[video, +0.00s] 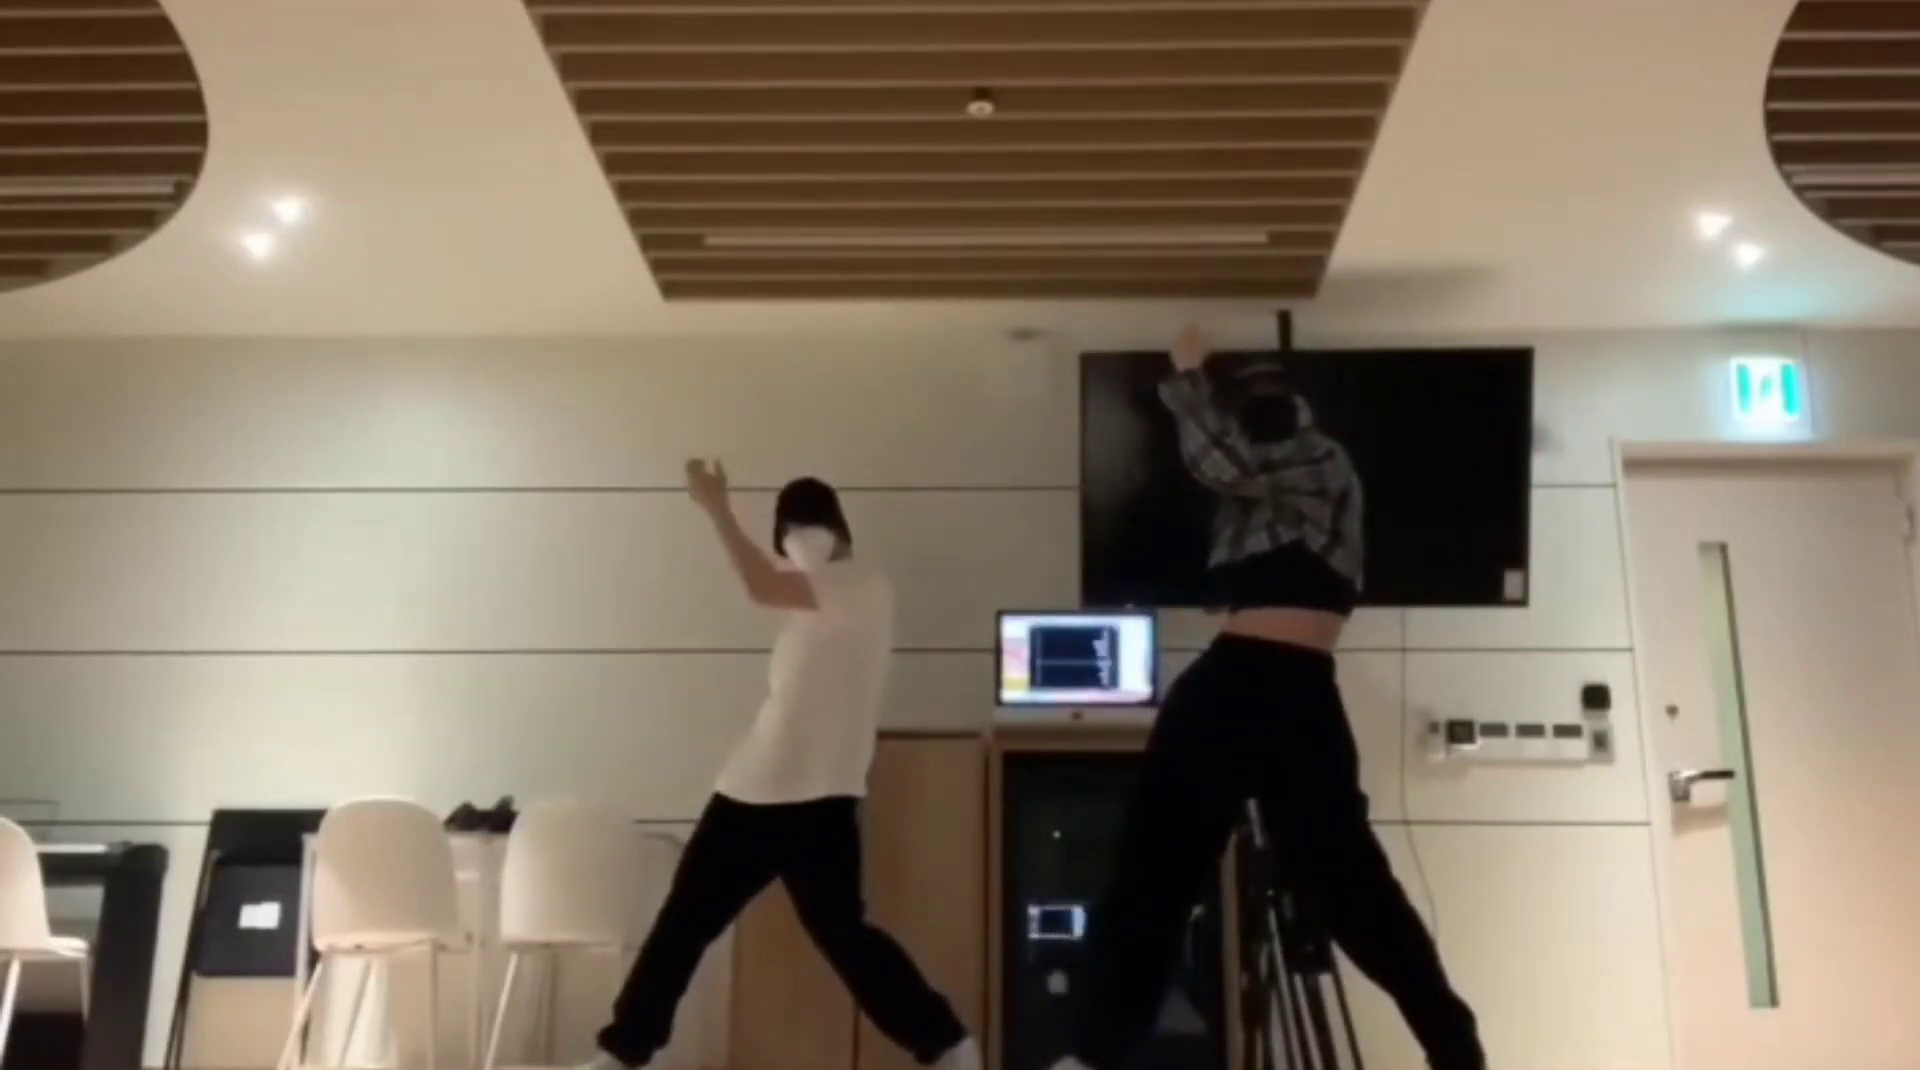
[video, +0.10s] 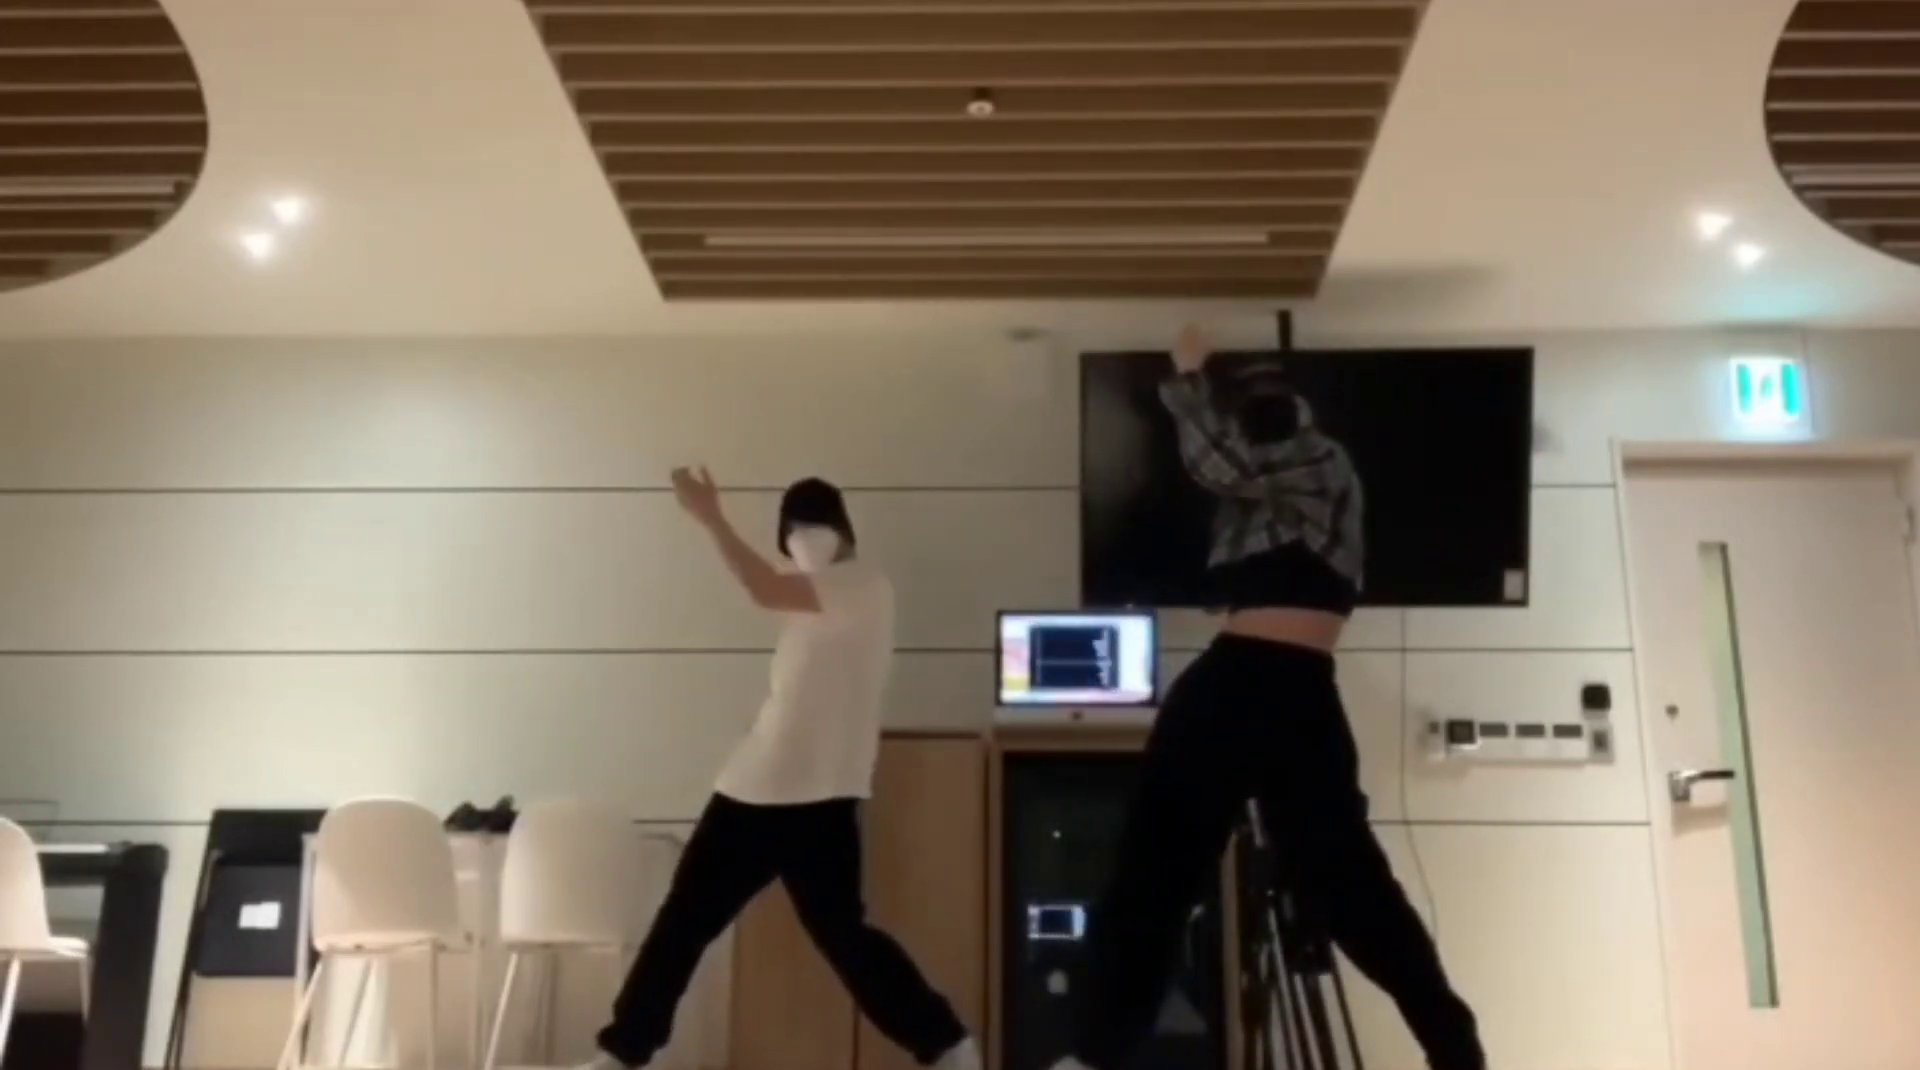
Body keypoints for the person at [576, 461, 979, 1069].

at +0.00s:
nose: (789, 554)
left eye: (791, 541)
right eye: (787, 544)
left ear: (799, 534)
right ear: (840, 530)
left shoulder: (853, 585)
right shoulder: (858, 591)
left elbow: (765, 586)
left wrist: (718, 511)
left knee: (685, 924)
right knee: (842, 931)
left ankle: (624, 1048)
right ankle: (948, 1045)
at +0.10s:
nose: (795, 554)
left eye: (795, 540)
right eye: (793, 544)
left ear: (802, 535)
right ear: (845, 531)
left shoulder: (854, 586)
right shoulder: (864, 592)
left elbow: (769, 590)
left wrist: (712, 519)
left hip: (772, 792)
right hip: (824, 796)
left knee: (685, 923)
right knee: (842, 932)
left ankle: (623, 1049)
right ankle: (948, 1046)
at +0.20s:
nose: (797, 550)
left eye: (803, 535)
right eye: (793, 540)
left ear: (830, 531)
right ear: (842, 533)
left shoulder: (861, 588)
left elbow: (771, 590)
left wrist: (713, 522)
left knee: (682, 925)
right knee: (843, 933)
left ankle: (623, 1049)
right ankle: (948, 1047)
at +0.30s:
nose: (801, 538)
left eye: (809, 523)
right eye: (794, 529)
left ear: (839, 526)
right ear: (795, 543)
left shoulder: (865, 589)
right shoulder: (823, 597)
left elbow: (773, 591)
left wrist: (712, 522)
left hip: (807, 797)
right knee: (841, 933)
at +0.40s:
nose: (807, 535)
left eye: (819, 520)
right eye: (798, 525)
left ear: (846, 527)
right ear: (793, 539)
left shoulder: (867, 590)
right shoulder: (814, 595)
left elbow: (775, 592)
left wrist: (712, 523)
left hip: (811, 798)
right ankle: (622, 1049)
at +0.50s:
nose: (813, 527)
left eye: (826, 514)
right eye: (803, 518)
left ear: (855, 525)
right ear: (795, 535)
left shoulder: (871, 592)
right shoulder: (799, 605)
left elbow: (777, 593)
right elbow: (767, 701)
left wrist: (707, 526)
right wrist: (728, 763)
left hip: (816, 798)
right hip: (749, 793)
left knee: (841, 932)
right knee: (677, 925)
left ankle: (946, 1046)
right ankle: (622, 1049)